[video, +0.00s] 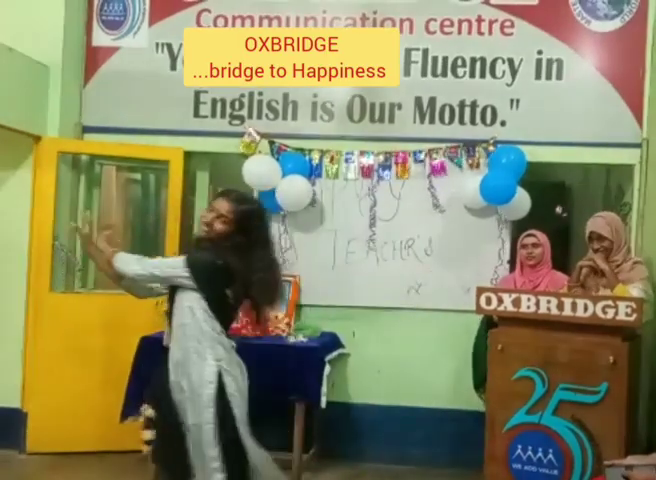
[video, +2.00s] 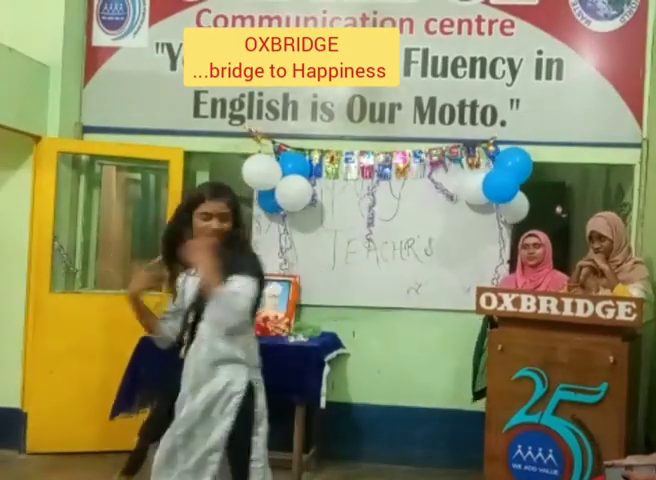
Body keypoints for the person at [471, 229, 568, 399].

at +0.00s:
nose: (530, 251)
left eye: (535, 246)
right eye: (525, 247)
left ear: (545, 250)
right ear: (518, 252)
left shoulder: (561, 282)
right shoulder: (506, 282)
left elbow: (566, 321)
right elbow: (492, 321)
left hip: (548, 352)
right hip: (511, 351)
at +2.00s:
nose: (531, 251)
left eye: (536, 246)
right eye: (525, 247)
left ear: (546, 250)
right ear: (519, 252)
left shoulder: (561, 281)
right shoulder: (507, 282)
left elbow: (565, 318)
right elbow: (496, 319)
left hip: (548, 349)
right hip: (512, 348)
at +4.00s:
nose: (531, 252)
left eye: (537, 247)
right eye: (526, 247)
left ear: (547, 251)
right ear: (520, 252)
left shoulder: (562, 281)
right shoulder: (508, 281)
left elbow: (565, 316)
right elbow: (498, 317)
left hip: (550, 347)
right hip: (514, 346)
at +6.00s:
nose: (538, 244)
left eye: (544, 239)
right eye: (533, 239)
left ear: (554, 242)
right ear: (527, 244)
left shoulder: (568, 272)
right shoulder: (515, 272)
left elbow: (572, 310)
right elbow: (503, 310)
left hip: (555, 341)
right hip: (518, 341)